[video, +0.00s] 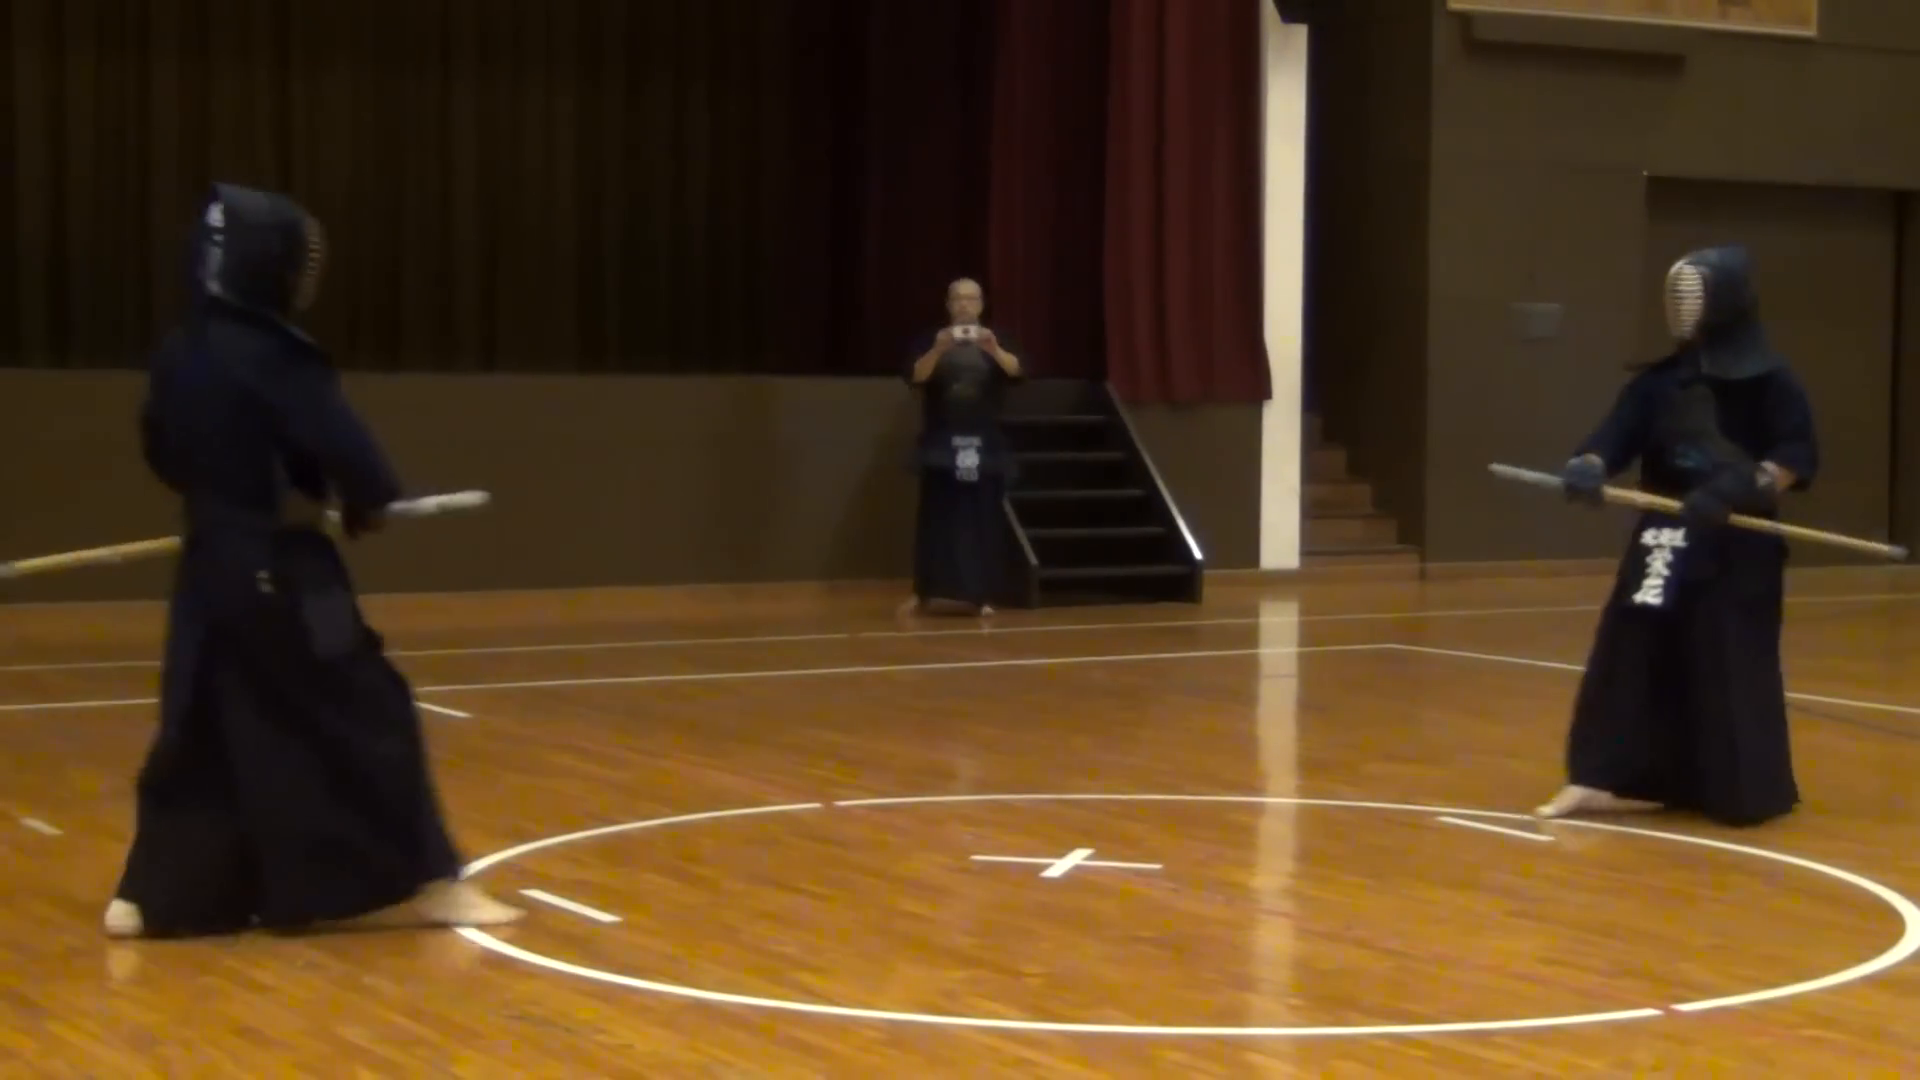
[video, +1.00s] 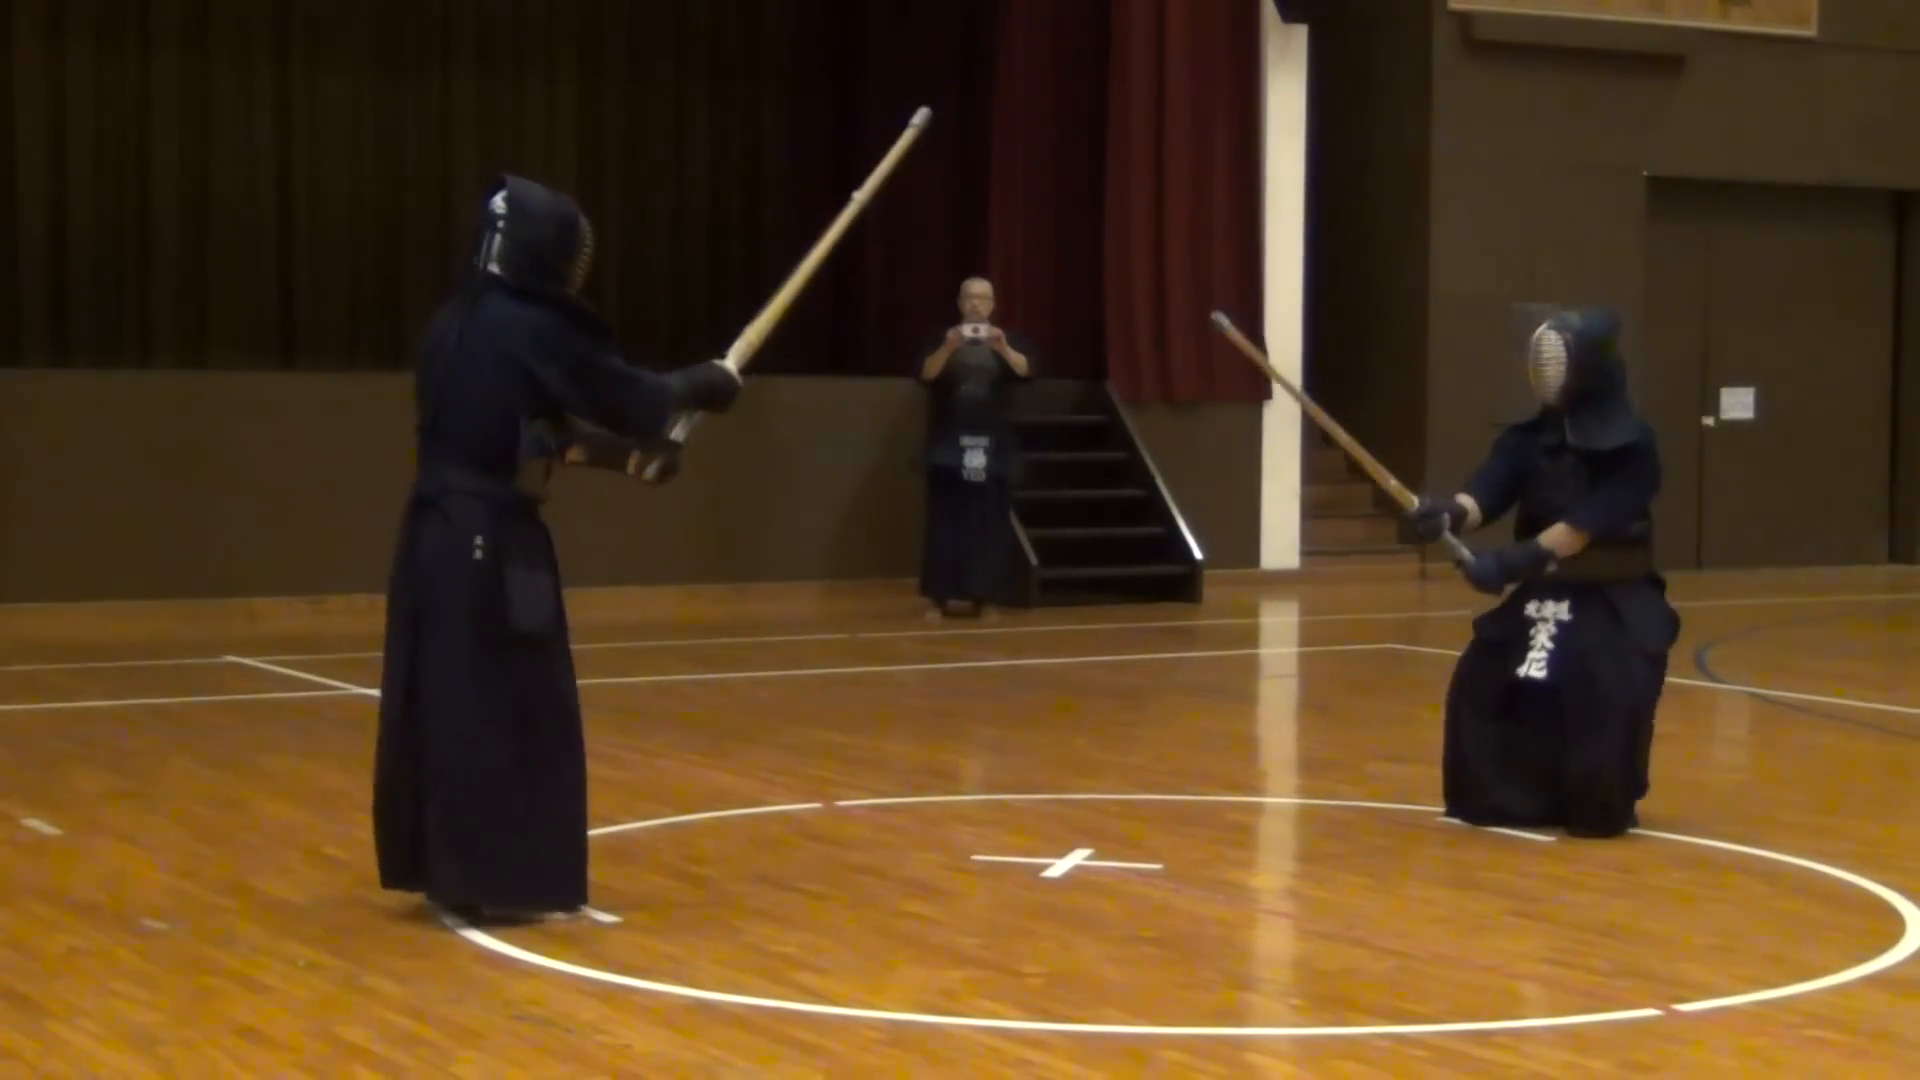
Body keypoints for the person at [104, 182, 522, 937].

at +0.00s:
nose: (315, 278)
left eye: (314, 262)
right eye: (306, 263)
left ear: (226, 266)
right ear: (274, 269)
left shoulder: (185, 350)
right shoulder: (282, 360)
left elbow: (166, 455)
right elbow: (356, 460)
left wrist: (255, 492)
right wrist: (368, 504)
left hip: (210, 567)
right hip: (284, 571)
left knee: (202, 725)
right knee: (375, 706)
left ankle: (143, 892)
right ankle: (437, 879)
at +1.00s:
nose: (582, 268)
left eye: (581, 253)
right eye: (576, 254)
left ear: (504, 248)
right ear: (550, 257)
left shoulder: (455, 320)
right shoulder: (539, 327)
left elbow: (520, 428)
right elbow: (629, 398)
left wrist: (616, 452)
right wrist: (699, 384)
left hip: (434, 532)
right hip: (495, 539)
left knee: (446, 701)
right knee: (513, 705)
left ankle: (445, 872)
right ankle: (500, 879)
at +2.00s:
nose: (586, 482)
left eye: (582, 467)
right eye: (579, 468)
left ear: (505, 465)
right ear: (565, 476)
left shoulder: (465, 547)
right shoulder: (560, 553)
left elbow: (548, 633)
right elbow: (639, 622)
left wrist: (639, 644)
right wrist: (707, 589)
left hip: (449, 756)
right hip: (518, 768)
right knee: (674, 803)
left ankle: (442, 865)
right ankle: (520, 882)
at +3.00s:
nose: (583, 493)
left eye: (581, 479)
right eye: (577, 480)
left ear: (500, 478)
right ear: (555, 485)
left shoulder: (466, 558)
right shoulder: (564, 572)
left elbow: (528, 653)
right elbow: (635, 658)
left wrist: (605, 693)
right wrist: (704, 672)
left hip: (463, 763)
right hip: (532, 775)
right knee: (696, 806)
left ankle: (455, 869)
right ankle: (540, 884)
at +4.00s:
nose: (587, 492)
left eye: (586, 478)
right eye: (581, 478)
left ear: (504, 476)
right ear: (560, 485)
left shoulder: (470, 553)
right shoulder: (573, 570)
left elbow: (529, 652)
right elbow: (639, 653)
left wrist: (609, 696)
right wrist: (711, 677)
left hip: (460, 762)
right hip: (531, 774)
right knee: (694, 803)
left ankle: (452, 870)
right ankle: (541, 885)